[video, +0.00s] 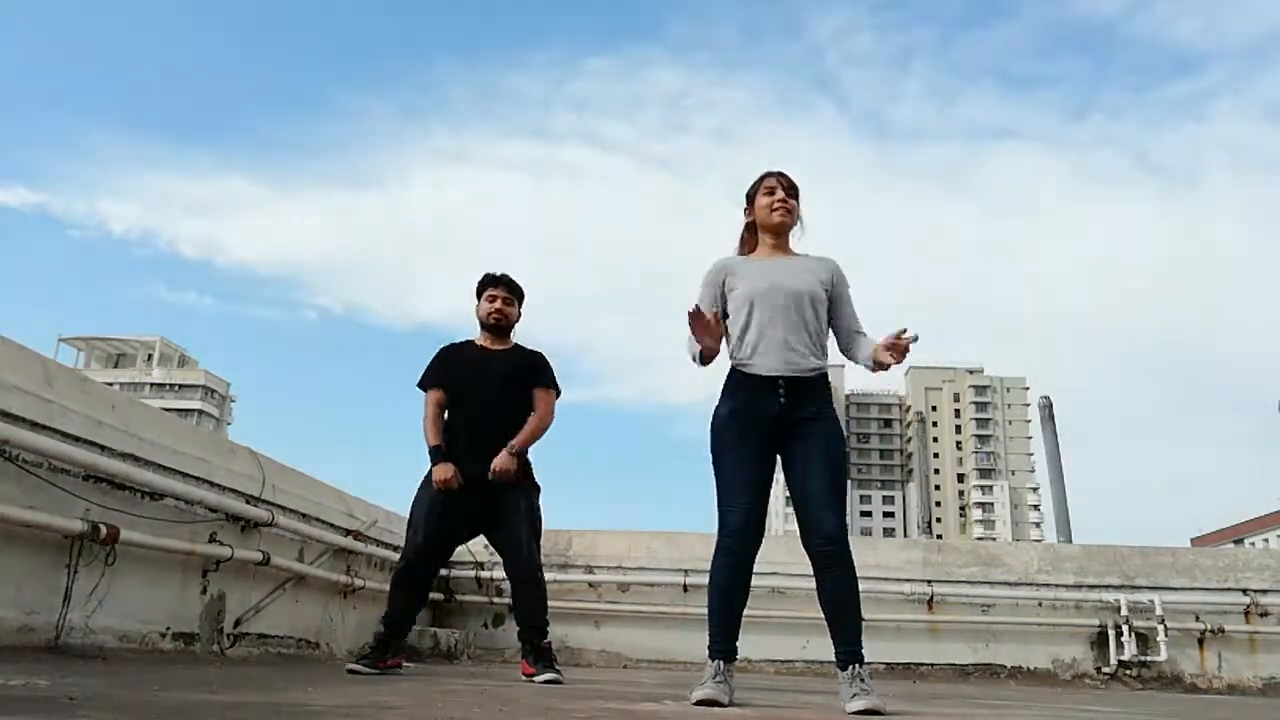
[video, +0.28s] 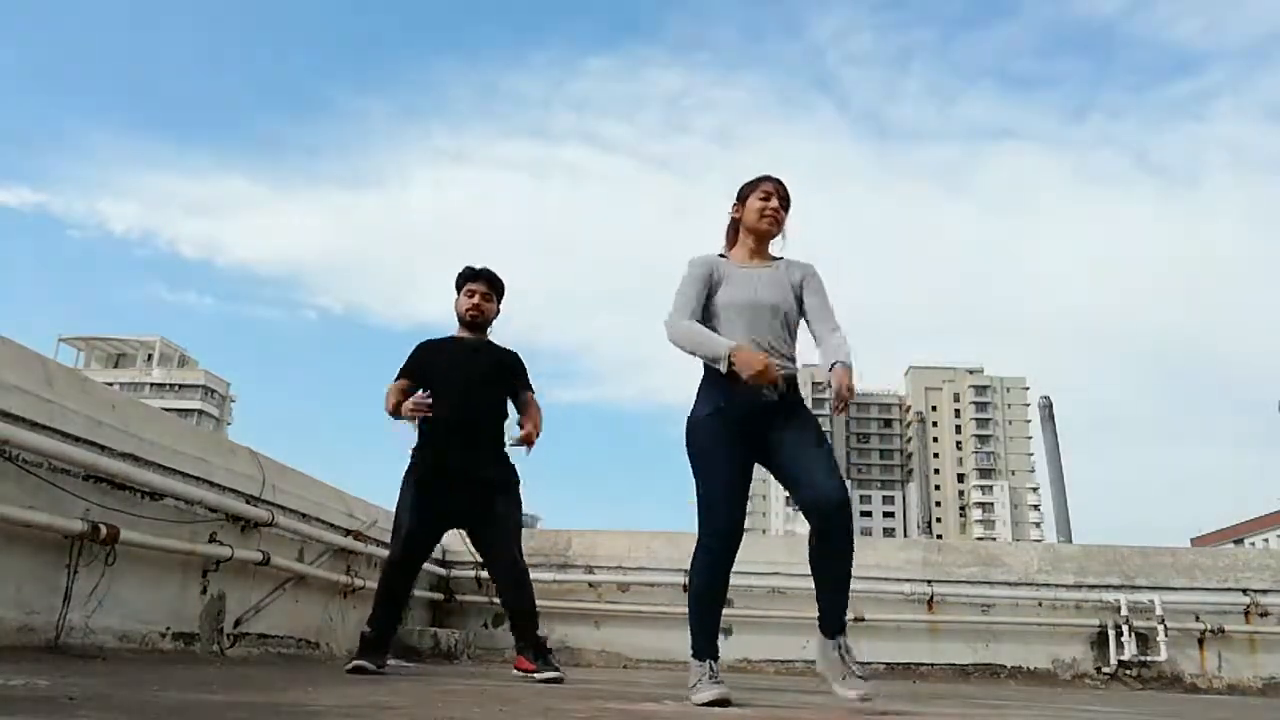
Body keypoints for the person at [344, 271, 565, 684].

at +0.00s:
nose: (498, 306)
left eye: (507, 302)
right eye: (491, 299)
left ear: (518, 313)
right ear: (477, 307)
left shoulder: (534, 362)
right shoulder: (451, 355)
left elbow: (544, 412)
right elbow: (433, 409)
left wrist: (514, 450)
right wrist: (439, 458)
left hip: (508, 483)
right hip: (452, 478)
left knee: (526, 566)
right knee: (416, 558)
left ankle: (537, 653)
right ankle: (389, 644)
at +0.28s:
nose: (476, 301)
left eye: (486, 297)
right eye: (470, 294)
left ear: (497, 310)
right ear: (457, 301)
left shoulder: (508, 361)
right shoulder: (428, 352)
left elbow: (528, 404)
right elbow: (395, 397)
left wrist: (530, 427)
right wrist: (402, 407)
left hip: (489, 475)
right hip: (431, 471)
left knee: (509, 563)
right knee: (402, 558)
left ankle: (530, 651)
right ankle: (373, 648)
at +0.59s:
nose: (488, 304)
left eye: (498, 300)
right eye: (481, 296)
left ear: (505, 314)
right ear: (466, 304)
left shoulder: (511, 359)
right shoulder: (438, 343)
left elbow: (560, 386)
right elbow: (393, 358)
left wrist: (559, 353)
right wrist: (439, 346)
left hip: (490, 470)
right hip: (435, 471)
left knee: (526, 518)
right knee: (404, 561)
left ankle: (511, 617)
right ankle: (371, 651)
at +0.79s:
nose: (498, 335)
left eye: (507, 332)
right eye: (491, 327)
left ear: (515, 345)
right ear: (476, 335)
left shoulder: (519, 386)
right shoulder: (455, 374)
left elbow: (547, 405)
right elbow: (482, 402)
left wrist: (543, 401)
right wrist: (520, 404)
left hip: (506, 502)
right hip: (450, 500)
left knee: (537, 572)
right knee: (414, 573)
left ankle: (544, 659)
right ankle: (374, 652)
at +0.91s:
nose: (507, 306)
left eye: (516, 303)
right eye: (500, 298)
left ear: (524, 316)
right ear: (485, 305)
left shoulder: (528, 369)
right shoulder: (458, 344)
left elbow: (568, 410)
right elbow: (425, 377)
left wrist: (578, 399)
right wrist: (475, 387)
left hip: (509, 487)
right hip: (453, 482)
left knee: (529, 571)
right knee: (416, 566)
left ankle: (542, 658)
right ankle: (375, 651)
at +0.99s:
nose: (512, 305)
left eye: (522, 302)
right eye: (505, 297)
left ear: (529, 315)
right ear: (490, 304)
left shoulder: (524, 364)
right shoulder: (460, 340)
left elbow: (549, 394)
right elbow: (399, 357)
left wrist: (589, 385)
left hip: (504, 485)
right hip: (449, 477)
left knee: (520, 565)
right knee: (414, 563)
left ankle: (540, 657)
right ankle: (376, 649)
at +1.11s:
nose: (516, 306)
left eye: (525, 303)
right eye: (509, 299)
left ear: (533, 318)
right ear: (493, 306)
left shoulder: (524, 366)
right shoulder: (464, 342)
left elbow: (546, 394)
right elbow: (404, 352)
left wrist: (581, 377)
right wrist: (420, 323)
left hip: (503, 486)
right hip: (450, 479)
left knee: (520, 568)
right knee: (414, 567)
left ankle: (540, 655)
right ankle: (375, 649)